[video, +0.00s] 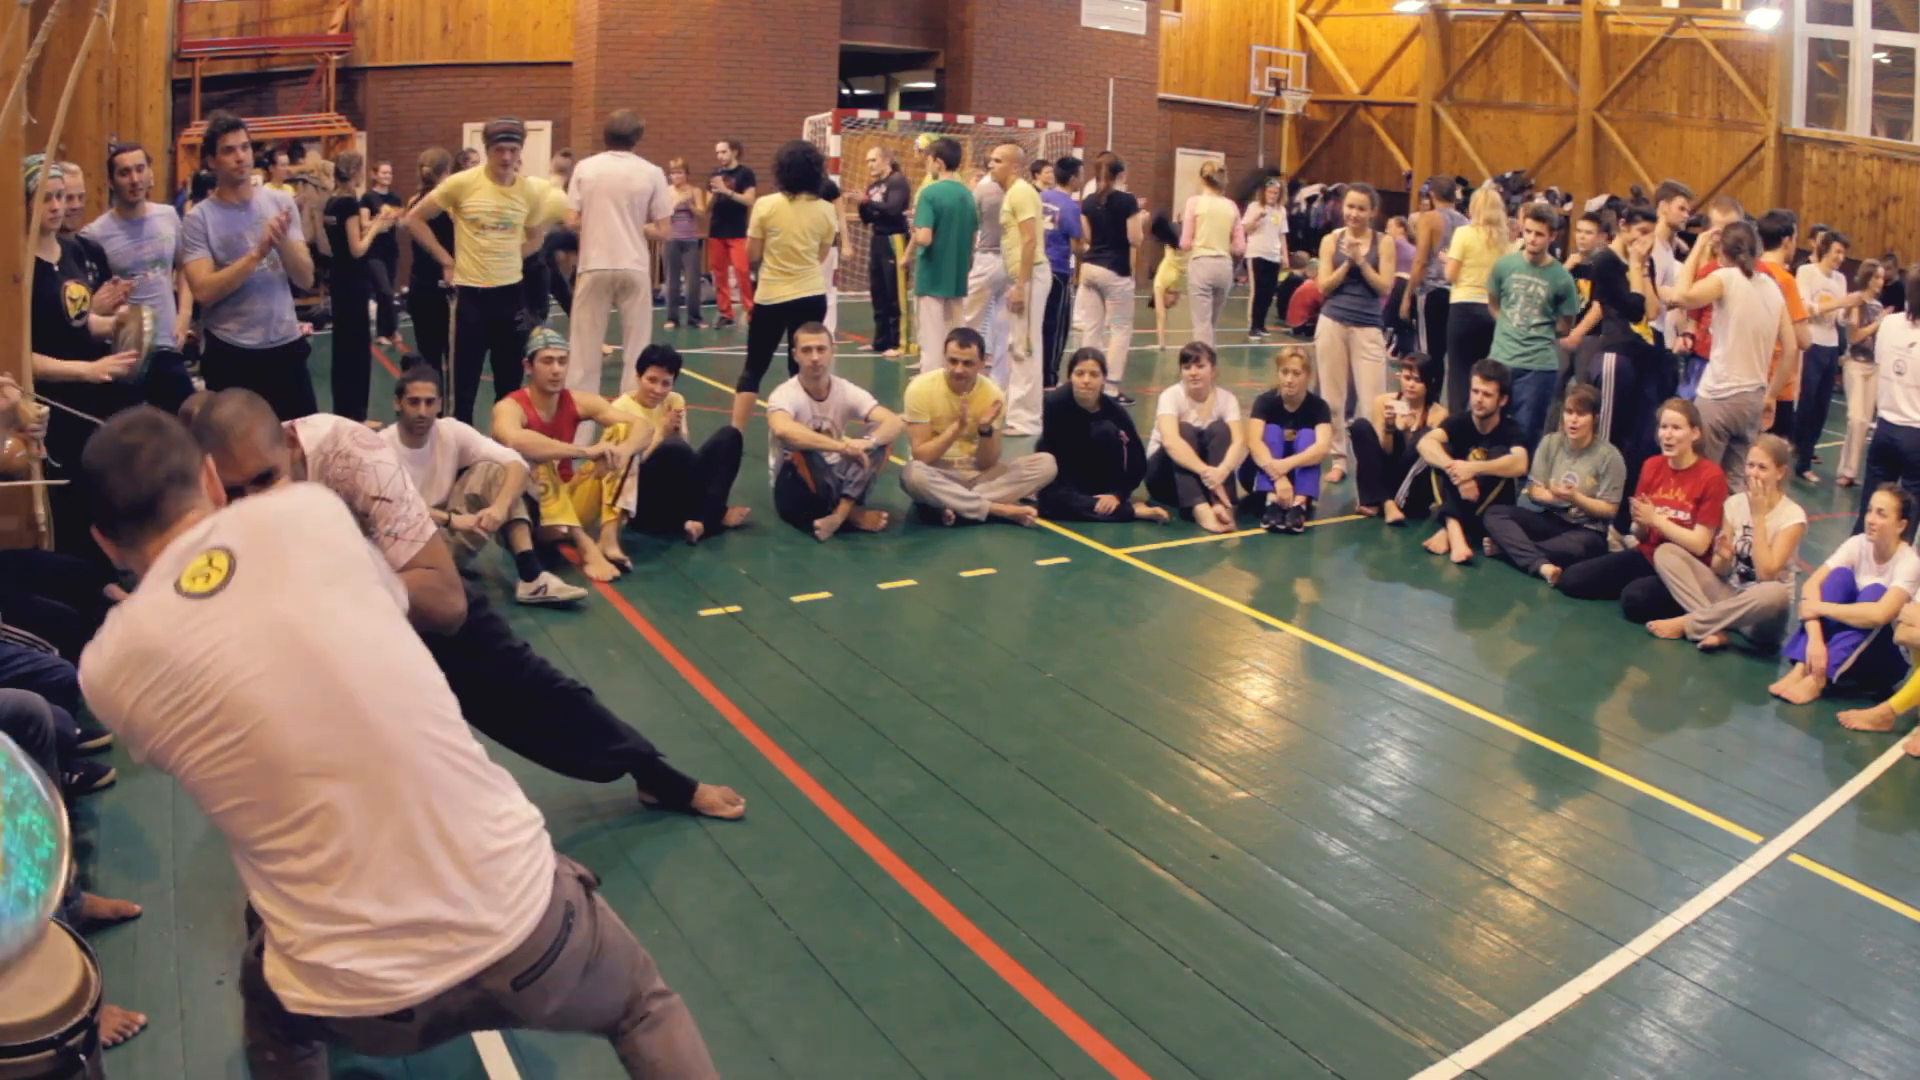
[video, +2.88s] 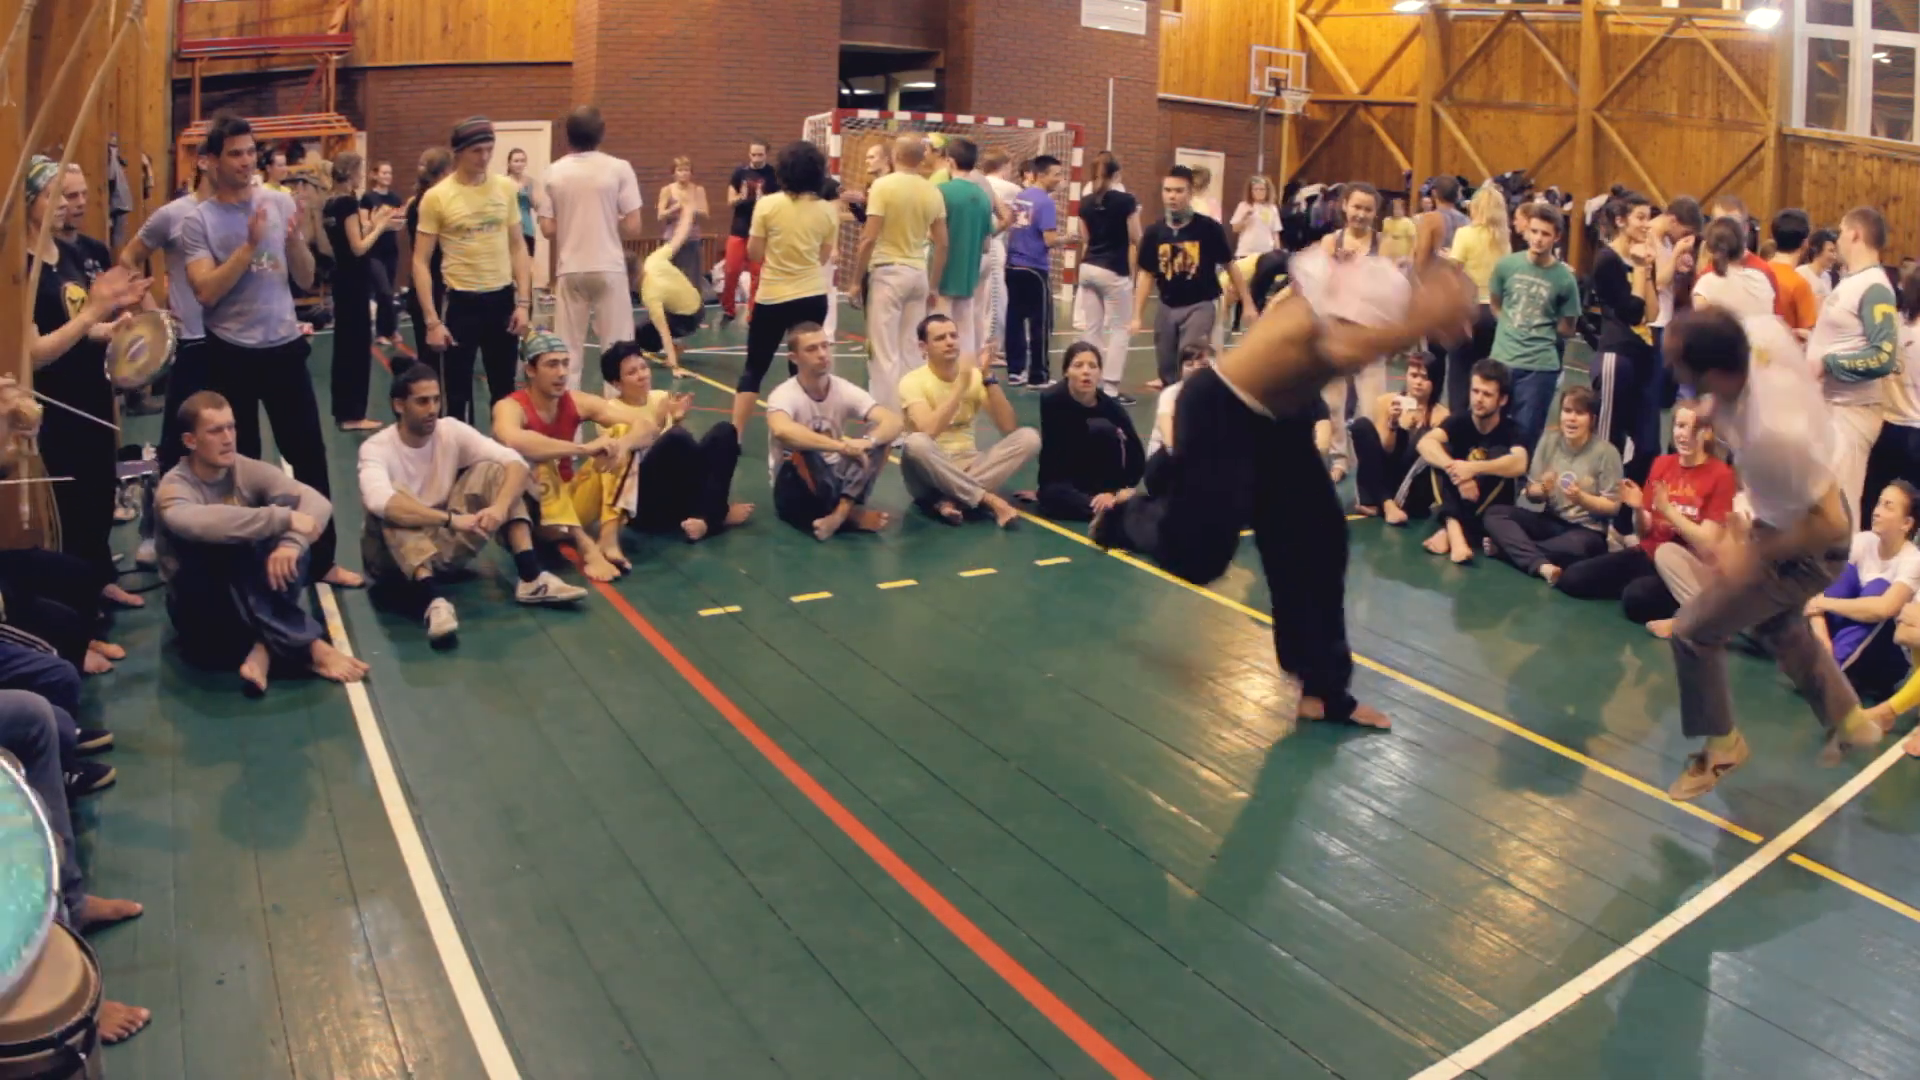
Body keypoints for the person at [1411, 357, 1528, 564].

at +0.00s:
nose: (1478, 399)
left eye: (1487, 395)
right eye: (1475, 392)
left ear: (1503, 400)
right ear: (1469, 392)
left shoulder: (1511, 429)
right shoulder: (1460, 421)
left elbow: (1520, 465)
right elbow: (1426, 444)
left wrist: (1473, 467)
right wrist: (1459, 474)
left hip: (1493, 510)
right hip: (1455, 505)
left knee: (1500, 457)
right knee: (1438, 457)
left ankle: (1449, 529)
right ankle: (1454, 530)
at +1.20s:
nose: (1478, 399)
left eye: (1487, 395)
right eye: (1475, 392)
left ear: (1502, 400)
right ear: (1469, 391)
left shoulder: (1510, 428)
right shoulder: (1460, 419)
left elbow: (1519, 464)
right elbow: (1426, 443)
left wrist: (1473, 468)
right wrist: (1459, 474)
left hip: (1492, 509)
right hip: (1454, 503)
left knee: (1499, 456)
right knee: (1438, 455)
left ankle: (1449, 527)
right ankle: (1454, 528)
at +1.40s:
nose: (1478, 400)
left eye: (1487, 395)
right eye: (1475, 392)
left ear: (1502, 400)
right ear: (1469, 392)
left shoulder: (1510, 428)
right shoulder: (1460, 420)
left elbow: (1519, 465)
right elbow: (1425, 443)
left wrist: (1473, 468)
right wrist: (1458, 474)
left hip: (1494, 509)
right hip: (1458, 503)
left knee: (1499, 455)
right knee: (1438, 453)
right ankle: (1452, 524)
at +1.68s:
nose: (1479, 399)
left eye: (1487, 394)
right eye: (1475, 392)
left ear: (1503, 400)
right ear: (1469, 392)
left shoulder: (1510, 428)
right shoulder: (1458, 420)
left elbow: (1519, 465)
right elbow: (1425, 443)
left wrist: (1473, 468)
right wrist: (1452, 467)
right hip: (1453, 501)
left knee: (1499, 454)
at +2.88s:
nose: (1479, 399)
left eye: (1487, 395)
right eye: (1475, 392)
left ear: (1503, 400)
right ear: (1469, 392)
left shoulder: (1510, 429)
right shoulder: (1459, 422)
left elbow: (1519, 464)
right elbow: (1426, 443)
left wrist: (1473, 467)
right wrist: (1458, 473)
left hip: (1492, 512)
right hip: (1453, 503)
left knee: (1502, 457)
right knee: (1438, 457)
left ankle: (1450, 529)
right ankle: (1454, 529)